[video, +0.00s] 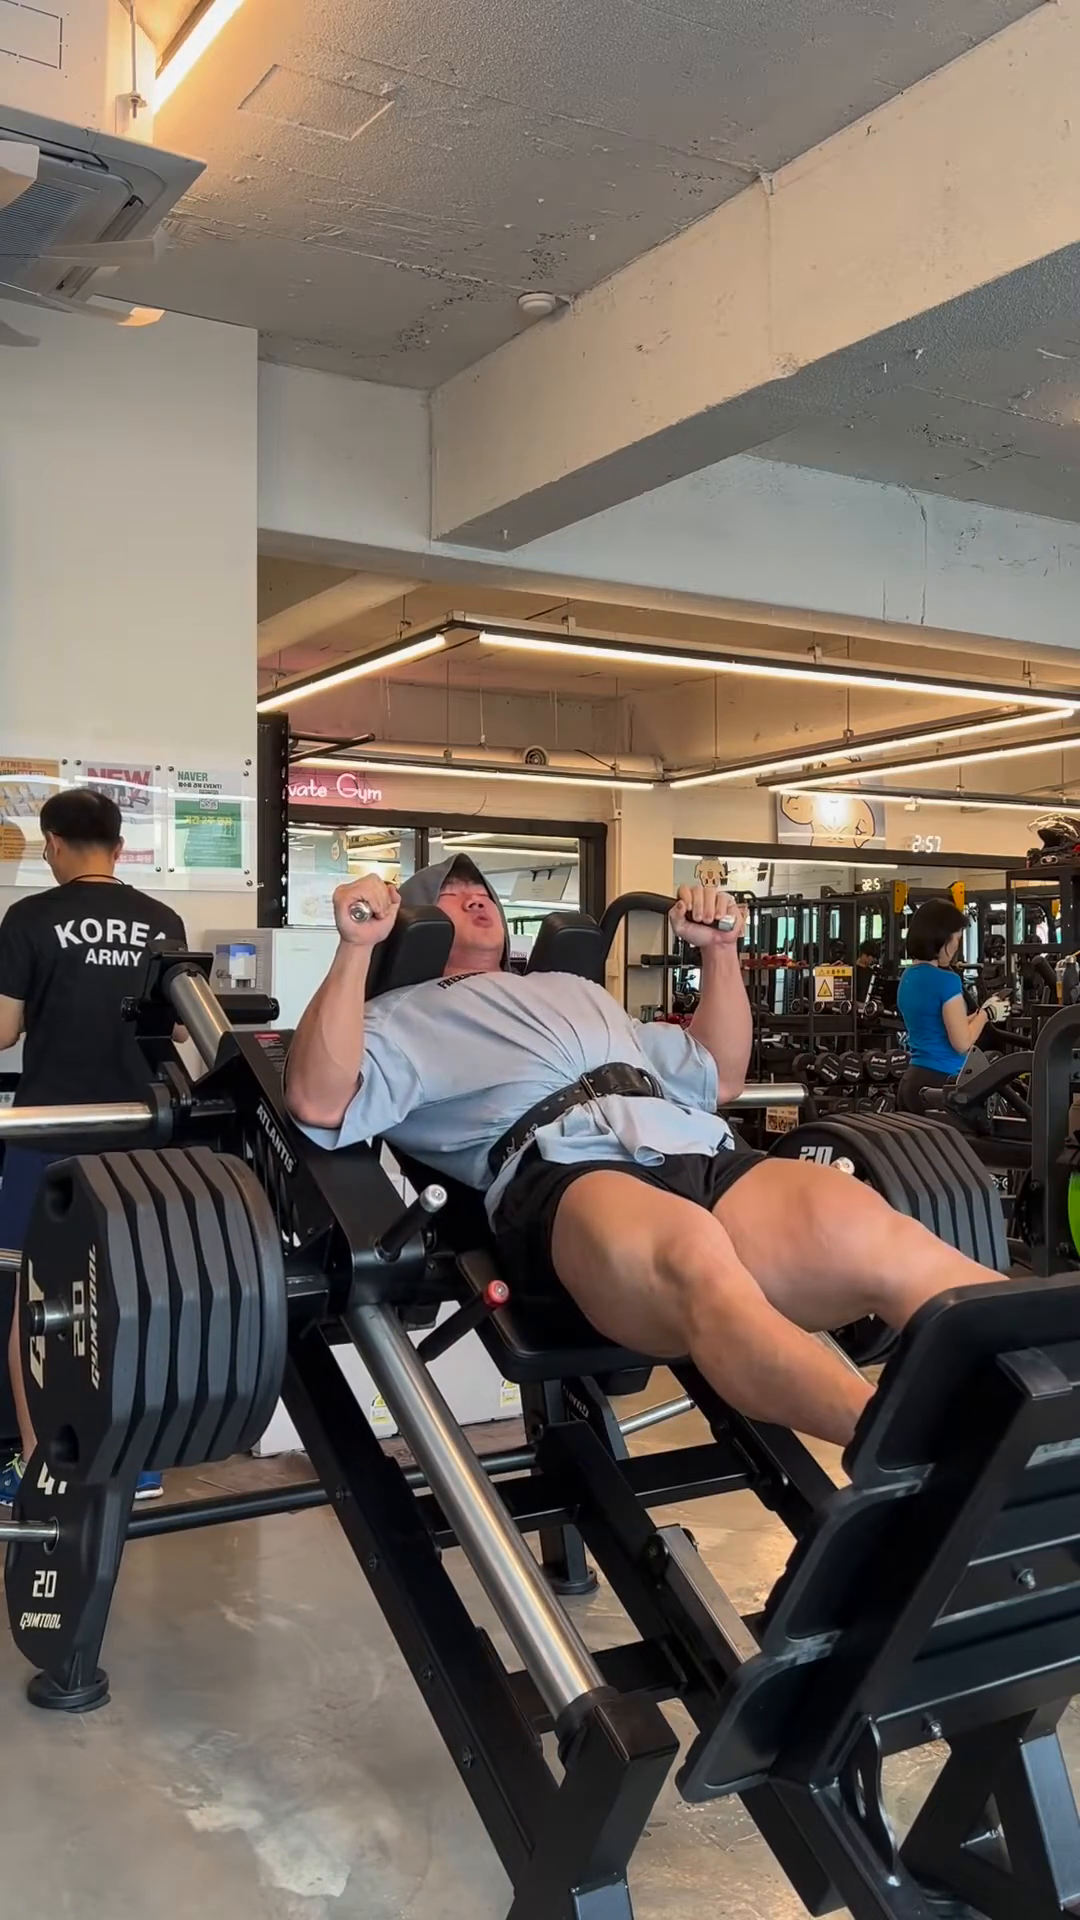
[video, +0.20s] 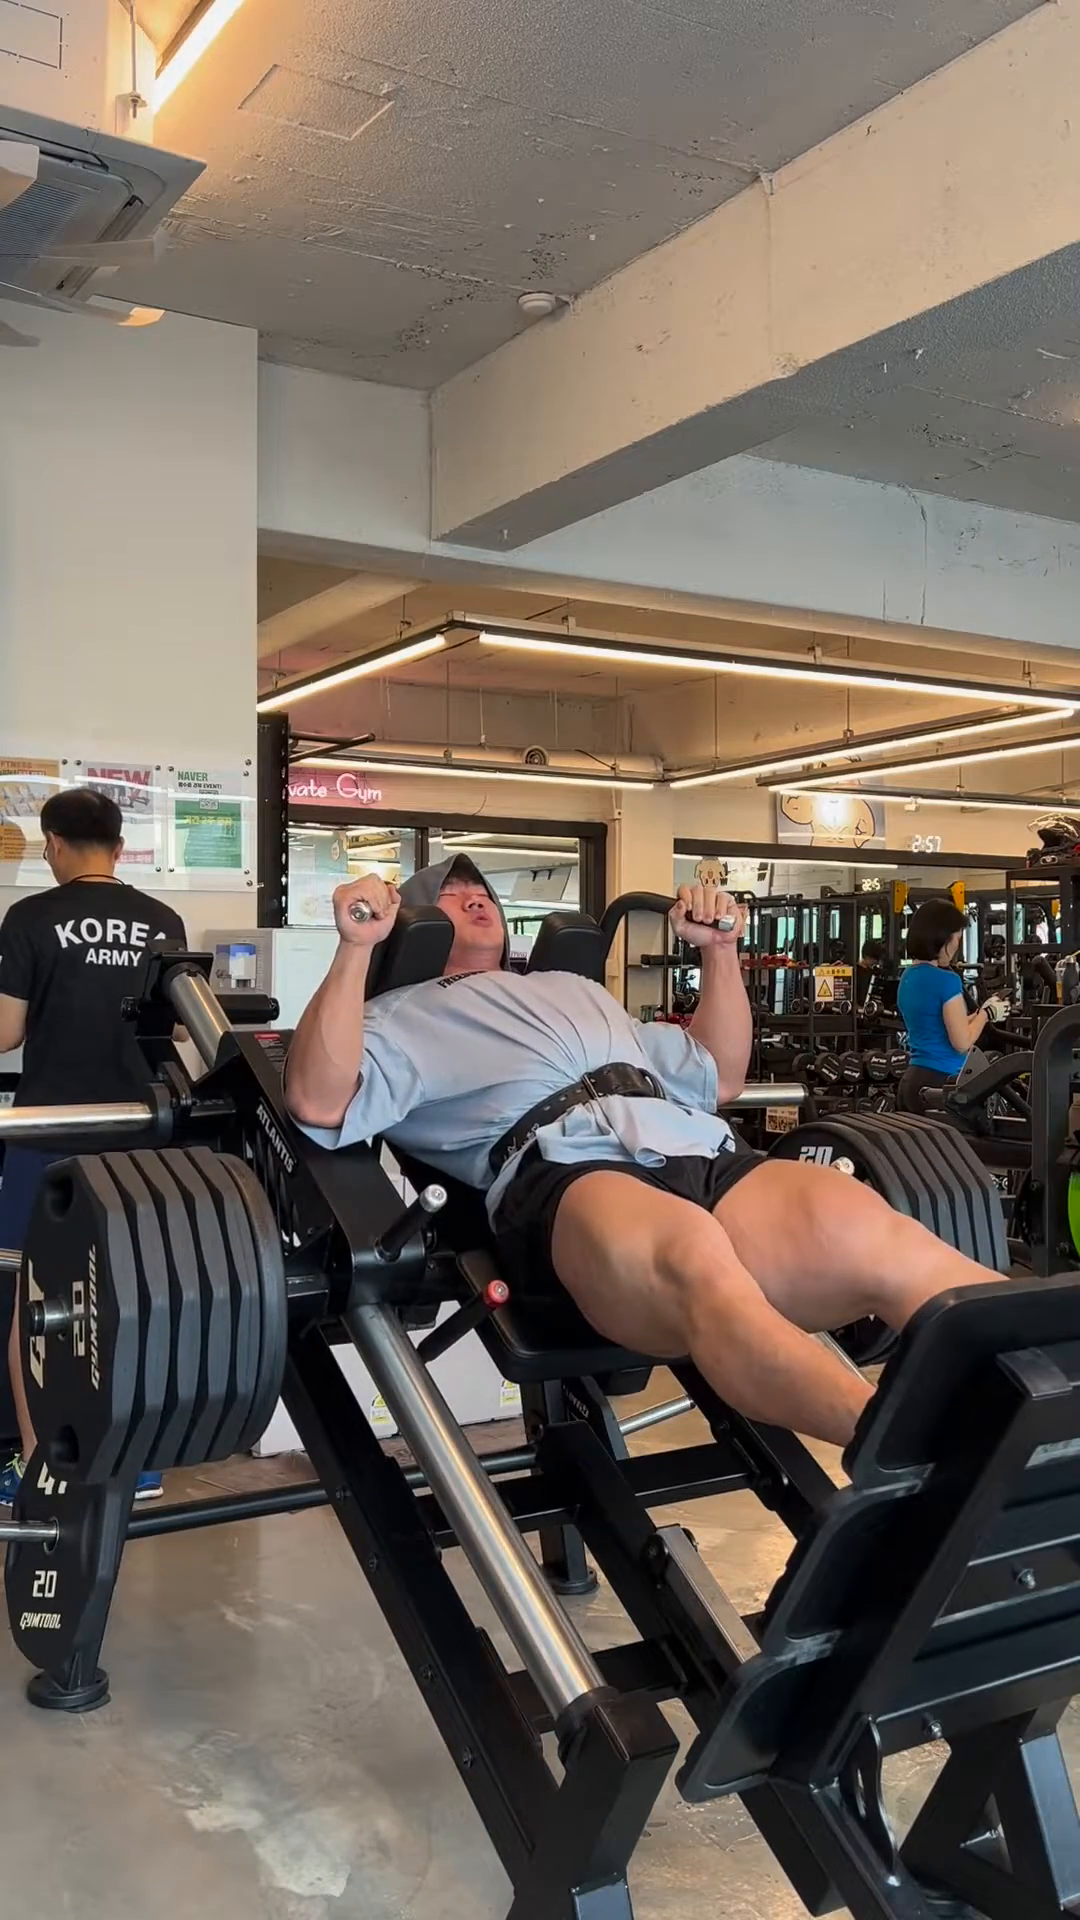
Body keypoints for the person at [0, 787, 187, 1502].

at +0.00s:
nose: (52, 857)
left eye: (49, 847)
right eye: (62, 847)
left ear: (51, 845)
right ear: (119, 847)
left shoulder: (31, 917)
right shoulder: (164, 920)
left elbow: (5, 1029)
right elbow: (181, 1028)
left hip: (48, 1139)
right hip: (140, 1141)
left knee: (29, 1298)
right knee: (135, 1296)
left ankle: (35, 1458)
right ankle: (138, 1464)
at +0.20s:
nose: (51, 857)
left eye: (49, 847)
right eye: (59, 847)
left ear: (53, 845)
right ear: (119, 846)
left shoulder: (33, 916)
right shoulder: (164, 920)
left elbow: (7, 1032)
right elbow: (180, 1028)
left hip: (47, 1139)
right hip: (140, 1142)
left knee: (29, 1299)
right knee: (133, 1297)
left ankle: (36, 1458)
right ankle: (136, 1463)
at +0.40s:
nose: (49, 858)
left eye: (47, 848)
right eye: (53, 848)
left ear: (52, 846)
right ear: (118, 846)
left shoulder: (33, 917)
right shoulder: (165, 919)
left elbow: (6, 1032)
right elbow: (181, 1028)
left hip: (48, 1139)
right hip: (140, 1142)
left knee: (29, 1299)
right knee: (134, 1297)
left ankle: (36, 1458)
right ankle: (137, 1464)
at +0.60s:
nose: (49, 860)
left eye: (46, 850)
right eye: (52, 851)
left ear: (51, 848)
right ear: (118, 847)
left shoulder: (32, 917)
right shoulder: (165, 920)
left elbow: (11, 1033)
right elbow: (180, 1032)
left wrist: (56, 1005)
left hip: (48, 1138)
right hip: (139, 1140)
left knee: (30, 1298)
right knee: (136, 1296)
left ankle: (36, 1457)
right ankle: (137, 1463)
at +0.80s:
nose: (46, 861)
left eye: (44, 851)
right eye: (48, 852)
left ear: (50, 849)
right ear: (116, 848)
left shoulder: (30, 918)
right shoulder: (165, 920)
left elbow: (10, 1034)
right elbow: (178, 1028)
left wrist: (61, 1014)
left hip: (46, 1137)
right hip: (137, 1135)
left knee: (24, 1294)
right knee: (128, 1289)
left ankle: (36, 1454)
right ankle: (124, 1449)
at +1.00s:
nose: (44, 860)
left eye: (42, 851)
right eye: (46, 851)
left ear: (49, 848)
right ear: (114, 848)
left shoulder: (29, 918)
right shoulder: (163, 920)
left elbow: (10, 1035)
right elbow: (179, 1031)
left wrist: (55, 1007)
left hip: (47, 1134)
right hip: (141, 1134)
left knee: (27, 1301)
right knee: (134, 1297)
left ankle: (37, 1457)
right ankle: (131, 1453)